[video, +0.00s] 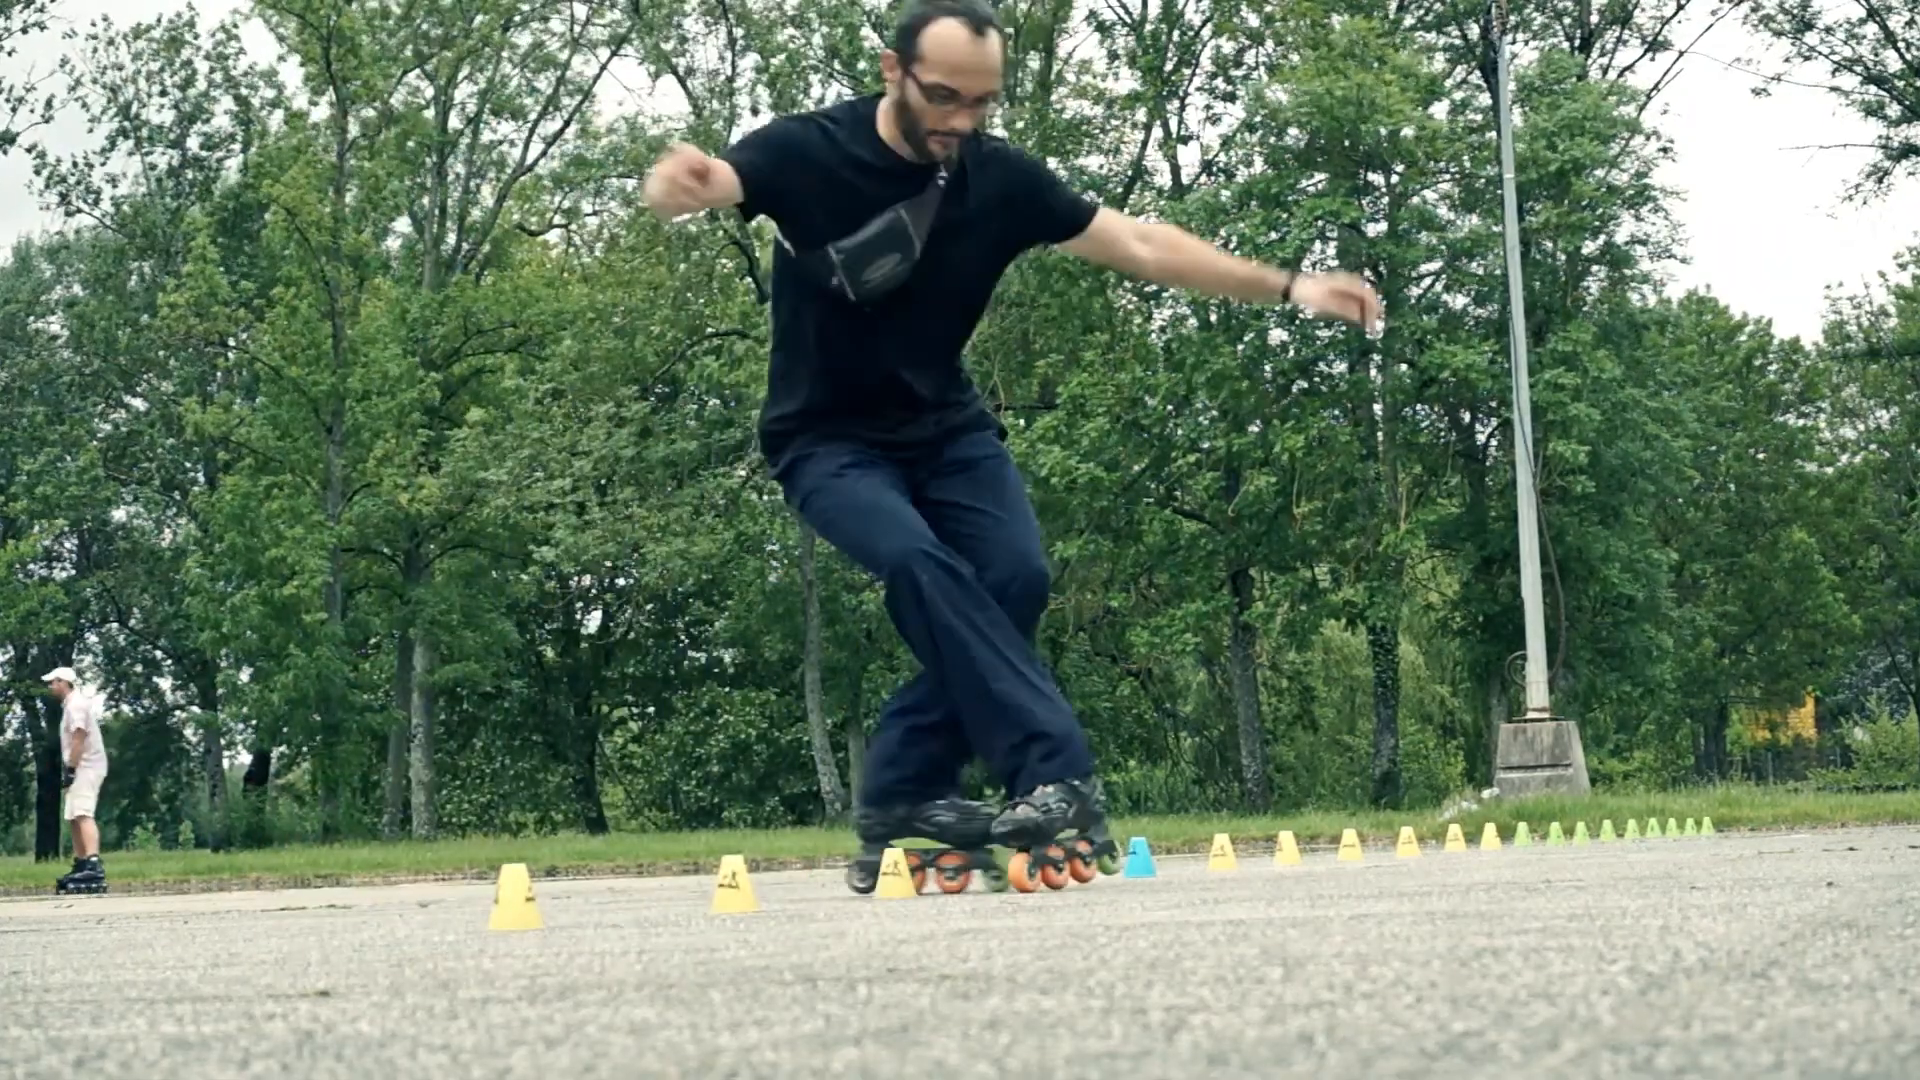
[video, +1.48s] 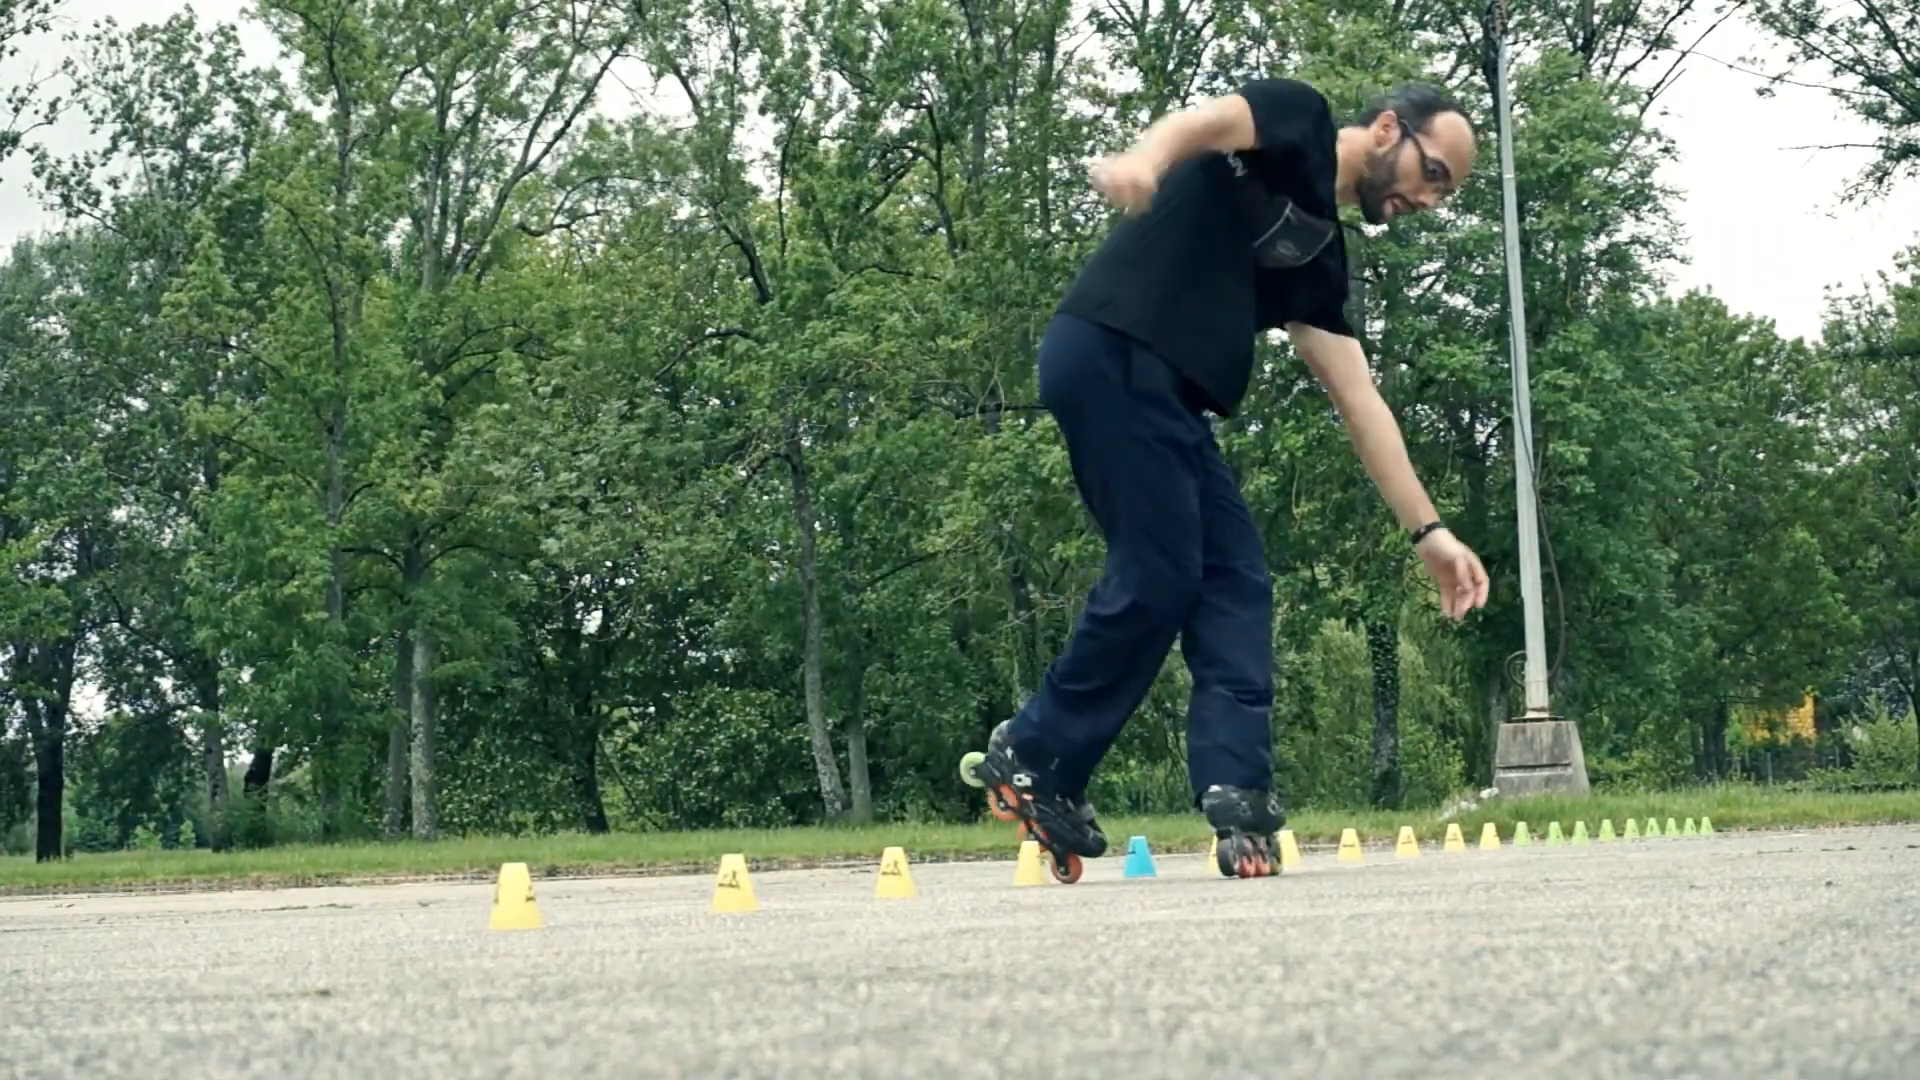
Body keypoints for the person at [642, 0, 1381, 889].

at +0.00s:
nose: (962, 123)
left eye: (983, 104)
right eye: (944, 99)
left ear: (1000, 92)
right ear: (894, 73)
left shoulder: (1004, 181)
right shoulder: (808, 151)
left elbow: (1139, 245)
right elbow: (703, 184)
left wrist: (1291, 287)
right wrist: (675, 184)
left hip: (945, 421)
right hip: (823, 431)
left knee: (1016, 572)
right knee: (911, 557)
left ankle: (902, 791)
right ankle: (1054, 772)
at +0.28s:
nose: (790, 100)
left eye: (799, 79)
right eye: (778, 84)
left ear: (861, 57)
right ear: (784, 81)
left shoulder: (943, 126)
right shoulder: (813, 158)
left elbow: (936, 27)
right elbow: (700, 183)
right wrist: (576, 144)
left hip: (983, 428)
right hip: (890, 408)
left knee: (865, 609)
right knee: (770, 468)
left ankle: (816, 805)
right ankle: (730, 688)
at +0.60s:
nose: (896, 113)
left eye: (900, 100)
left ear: (920, 94)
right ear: (995, 92)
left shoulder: (918, 121)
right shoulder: (1054, 170)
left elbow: (802, 33)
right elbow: (1138, 265)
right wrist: (1077, 259)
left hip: (984, 431)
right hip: (1047, 429)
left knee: (920, 636)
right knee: (878, 535)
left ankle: (1010, 815)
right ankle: (1020, 707)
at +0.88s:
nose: (1153, 83)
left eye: (1152, 74)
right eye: (1153, 71)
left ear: (1060, 64)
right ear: (1136, 65)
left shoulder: (993, 145)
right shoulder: (1153, 113)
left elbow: (988, 205)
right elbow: (1302, 82)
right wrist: (1352, 10)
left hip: (1014, 411)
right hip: (1123, 387)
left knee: (1084, 632)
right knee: (1194, 536)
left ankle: (1192, 817)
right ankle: (1167, 594)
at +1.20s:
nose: (1318, 123)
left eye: (1325, 111)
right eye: (1315, 101)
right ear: (1268, 67)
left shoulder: (1215, 211)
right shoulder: (1210, 77)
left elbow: (1308, 314)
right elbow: (1343, 173)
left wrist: (1430, 386)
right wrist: (1420, 245)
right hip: (1120, 354)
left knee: (1215, 584)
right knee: (1189, 576)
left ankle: (1252, 786)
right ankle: (1052, 756)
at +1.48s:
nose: (1431, 199)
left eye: (1445, 192)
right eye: (1433, 172)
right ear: (1388, 129)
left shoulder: (1319, 256)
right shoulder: (1301, 116)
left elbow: (1355, 393)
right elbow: (1193, 125)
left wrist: (1427, 530)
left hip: (1172, 391)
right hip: (1109, 348)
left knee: (1235, 580)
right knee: (1159, 569)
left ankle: (1236, 794)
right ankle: (1034, 760)